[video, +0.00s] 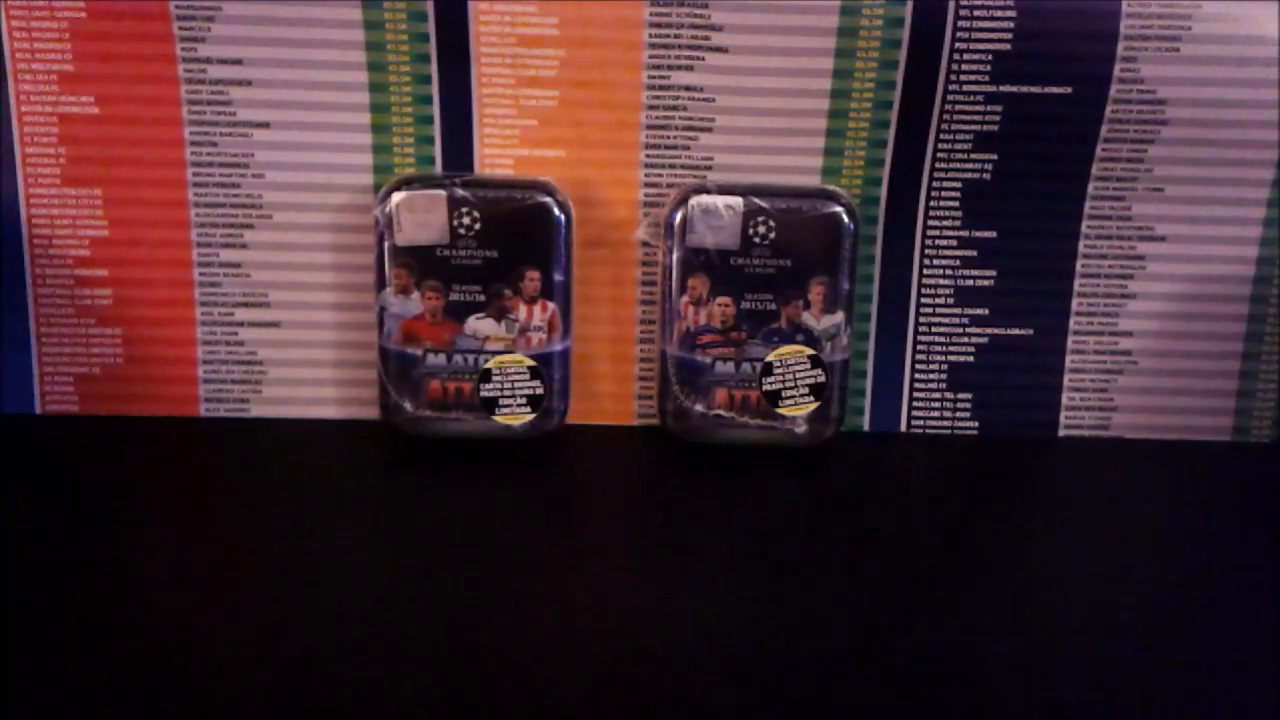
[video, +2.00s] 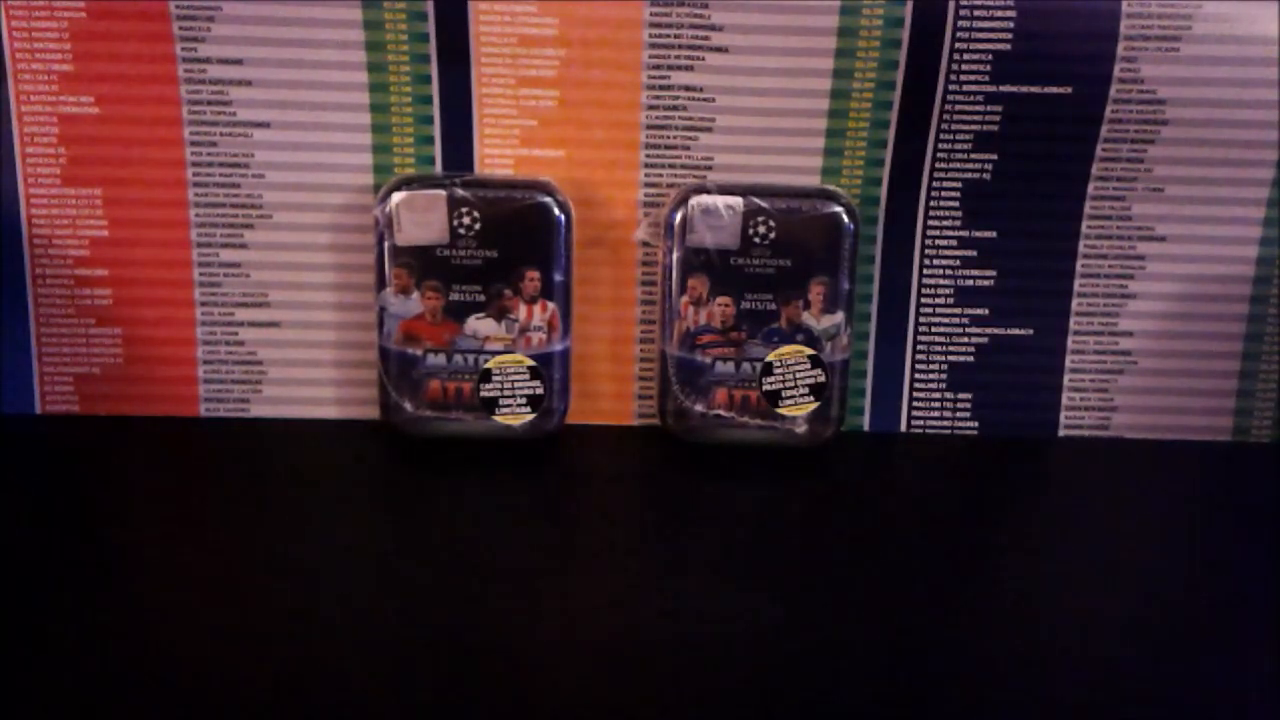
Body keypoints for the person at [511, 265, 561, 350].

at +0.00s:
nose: (536, 285)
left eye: (538, 280)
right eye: (531, 280)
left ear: (541, 283)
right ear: (521, 283)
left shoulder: (551, 308)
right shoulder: (512, 305)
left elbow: (556, 338)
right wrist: (520, 330)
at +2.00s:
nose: (536, 285)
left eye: (538, 280)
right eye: (531, 280)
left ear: (541, 283)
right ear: (521, 284)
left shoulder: (551, 308)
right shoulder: (512, 305)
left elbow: (556, 336)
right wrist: (520, 329)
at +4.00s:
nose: (536, 285)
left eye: (538, 281)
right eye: (531, 280)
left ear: (541, 283)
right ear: (521, 284)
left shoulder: (550, 308)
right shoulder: (512, 305)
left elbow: (556, 335)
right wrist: (520, 328)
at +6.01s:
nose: (536, 285)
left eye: (538, 281)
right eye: (531, 280)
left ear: (541, 283)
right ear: (521, 284)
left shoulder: (551, 308)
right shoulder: (513, 305)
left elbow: (556, 336)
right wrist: (520, 329)